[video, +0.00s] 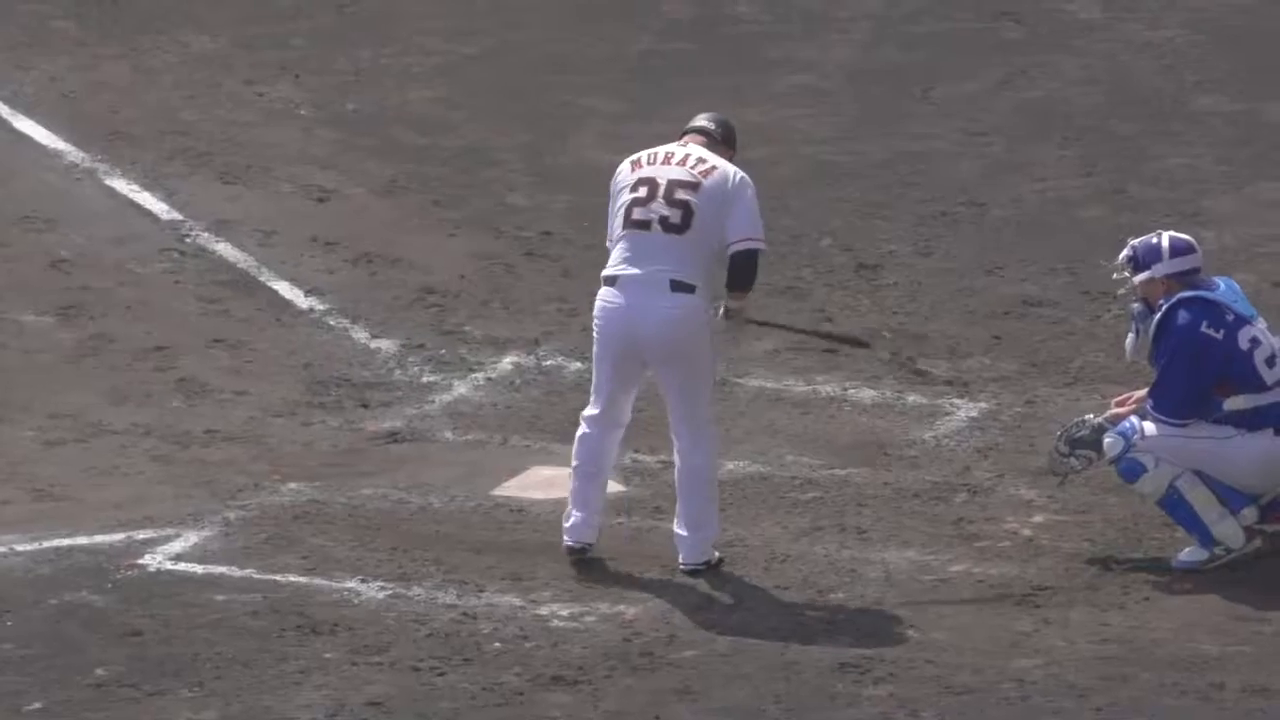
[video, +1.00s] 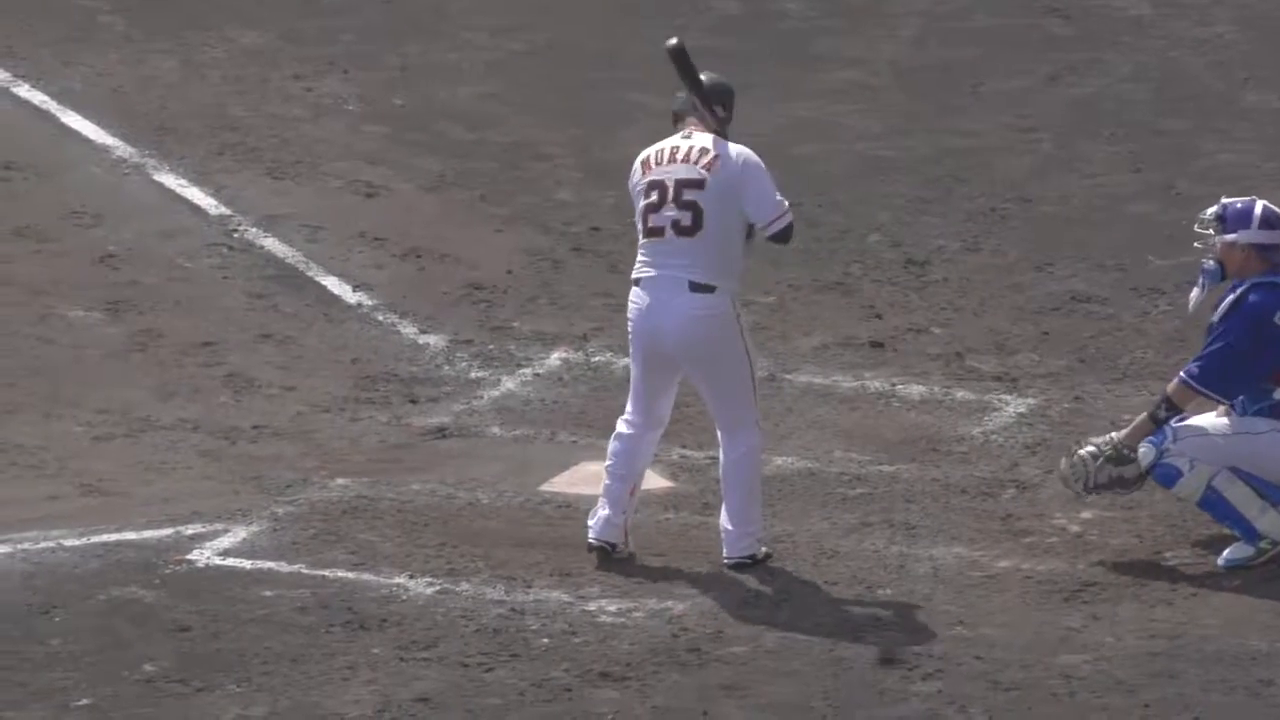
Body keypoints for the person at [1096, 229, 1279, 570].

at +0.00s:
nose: (1135, 290)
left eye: (1140, 282)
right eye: (1135, 282)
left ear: (1163, 283)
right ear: (1189, 275)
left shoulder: (1183, 320)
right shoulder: (1214, 293)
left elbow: (1174, 412)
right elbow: (1206, 384)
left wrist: (1136, 413)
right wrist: (1147, 397)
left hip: (1263, 449)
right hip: (1269, 434)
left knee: (1128, 442)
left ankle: (1225, 540)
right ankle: (1252, 508)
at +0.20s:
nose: (1151, 289)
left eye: (1156, 280)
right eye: (1151, 280)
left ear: (1180, 282)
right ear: (1204, 274)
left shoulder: (1201, 321)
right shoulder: (1233, 291)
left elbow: (1190, 412)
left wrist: (1153, 411)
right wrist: (1164, 395)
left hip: (1270, 448)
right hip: (1272, 432)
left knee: (1144, 443)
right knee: (1166, 424)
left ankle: (1243, 537)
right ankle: (1260, 515)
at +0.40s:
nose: (1173, 272)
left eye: (1179, 264)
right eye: (1174, 263)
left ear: (1202, 270)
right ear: (1226, 265)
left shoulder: (1220, 317)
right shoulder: (1256, 288)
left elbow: (1212, 406)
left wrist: (1157, 407)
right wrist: (1173, 399)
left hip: (1271, 440)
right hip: (1272, 427)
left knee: (1157, 444)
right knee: (1181, 423)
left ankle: (1255, 540)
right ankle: (1269, 514)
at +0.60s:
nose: (1188, 259)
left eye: (1195, 251)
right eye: (1190, 250)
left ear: (1219, 261)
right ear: (1227, 260)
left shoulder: (1240, 312)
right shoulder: (1265, 284)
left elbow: (1209, 397)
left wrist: (1129, 397)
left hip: (1273, 439)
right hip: (1271, 426)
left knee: (1161, 446)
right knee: (1182, 425)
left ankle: (1262, 533)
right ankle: (1269, 508)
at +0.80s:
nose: (1207, 255)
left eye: (1215, 247)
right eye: (1211, 246)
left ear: (1238, 257)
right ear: (1246, 256)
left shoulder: (1254, 307)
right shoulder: (1264, 293)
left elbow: (1199, 390)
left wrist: (1128, 436)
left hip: (1273, 436)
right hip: (1271, 424)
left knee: (1166, 450)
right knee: (1192, 428)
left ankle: (1267, 533)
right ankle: (1270, 512)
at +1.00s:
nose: (1215, 249)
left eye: (1222, 241)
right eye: (1218, 240)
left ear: (1246, 251)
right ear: (1250, 252)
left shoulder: (1257, 305)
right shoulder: (1262, 294)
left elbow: (1194, 384)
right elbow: (1221, 387)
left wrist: (1125, 441)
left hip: (1272, 435)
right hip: (1269, 424)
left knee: (1166, 449)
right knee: (1181, 432)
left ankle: (1266, 531)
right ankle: (1268, 512)